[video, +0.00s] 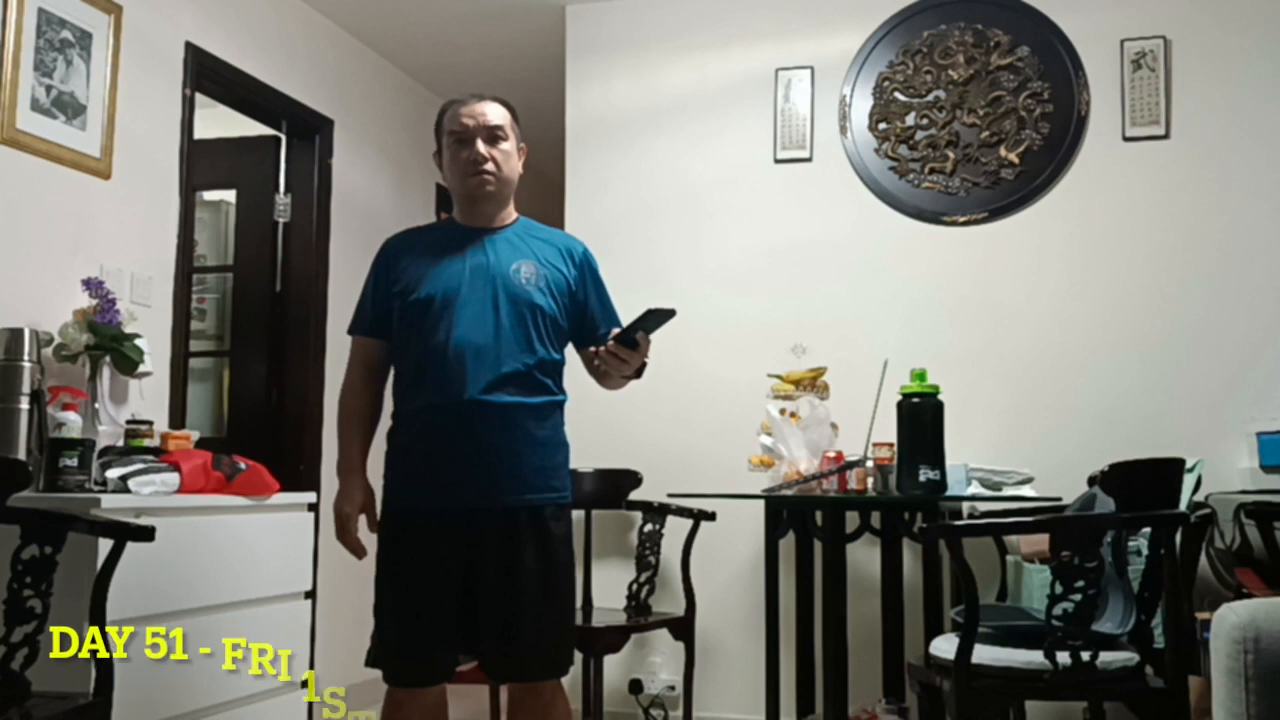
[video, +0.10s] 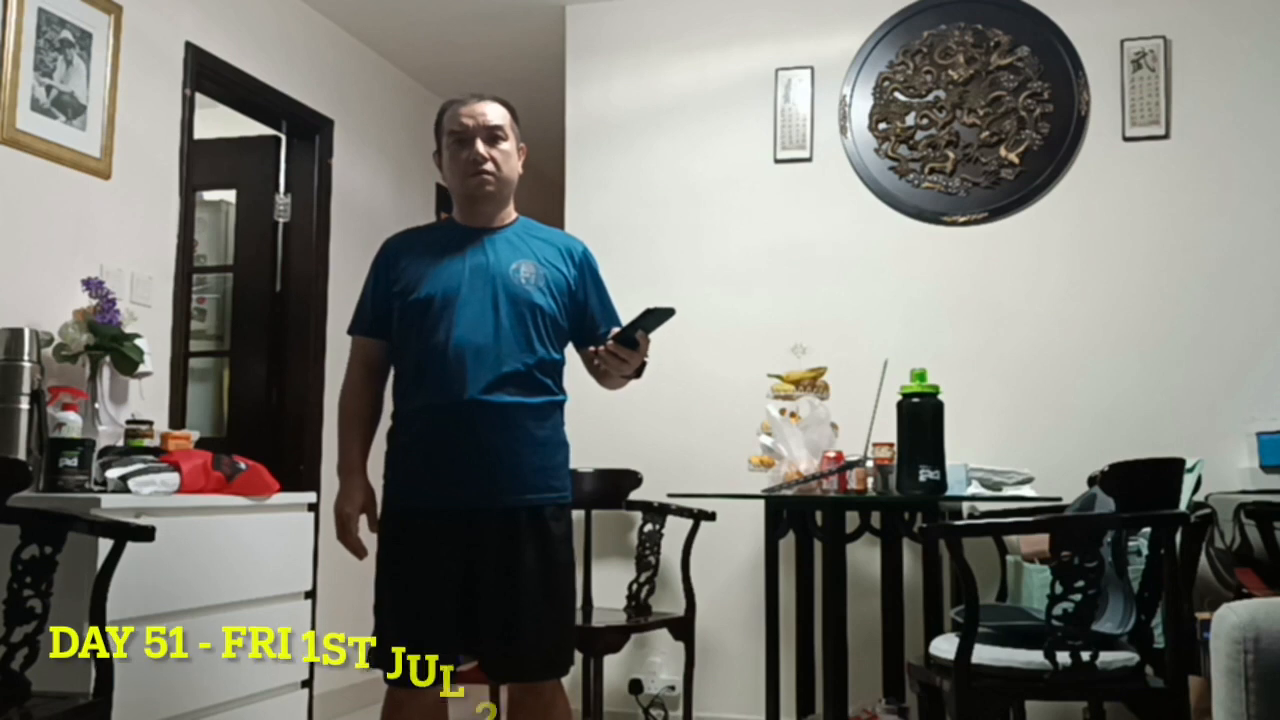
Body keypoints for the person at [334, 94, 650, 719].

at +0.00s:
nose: (478, 149)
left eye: (494, 136)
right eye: (461, 140)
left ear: (521, 158)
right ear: (440, 163)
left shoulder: (566, 253)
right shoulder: (402, 254)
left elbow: (605, 363)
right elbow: (365, 372)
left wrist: (622, 366)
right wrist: (352, 473)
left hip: (529, 496)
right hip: (423, 496)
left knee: (535, 681)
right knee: (413, 682)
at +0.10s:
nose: (478, 149)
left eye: (493, 137)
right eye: (460, 140)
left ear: (521, 158)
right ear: (440, 163)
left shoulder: (566, 253)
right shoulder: (402, 254)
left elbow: (605, 363)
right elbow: (365, 372)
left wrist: (623, 365)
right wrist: (352, 473)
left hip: (529, 496)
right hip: (422, 496)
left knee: (535, 680)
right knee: (411, 682)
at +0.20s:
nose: (478, 148)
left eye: (493, 136)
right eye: (460, 140)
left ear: (521, 158)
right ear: (440, 163)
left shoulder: (566, 253)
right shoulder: (402, 254)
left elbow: (605, 363)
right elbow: (365, 372)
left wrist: (622, 365)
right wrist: (352, 472)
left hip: (530, 496)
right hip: (423, 496)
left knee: (538, 681)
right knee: (413, 682)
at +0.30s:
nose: (478, 148)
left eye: (493, 136)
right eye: (460, 139)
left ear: (521, 158)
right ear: (440, 163)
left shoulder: (566, 253)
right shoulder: (402, 254)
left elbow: (605, 363)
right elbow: (365, 372)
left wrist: (622, 365)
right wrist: (352, 473)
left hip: (529, 497)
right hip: (422, 496)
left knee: (536, 680)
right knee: (412, 681)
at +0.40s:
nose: (477, 148)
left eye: (493, 136)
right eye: (460, 139)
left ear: (521, 158)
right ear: (440, 162)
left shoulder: (565, 253)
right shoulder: (402, 253)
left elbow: (605, 363)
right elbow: (364, 371)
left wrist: (622, 364)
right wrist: (351, 473)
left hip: (529, 496)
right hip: (422, 496)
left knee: (536, 681)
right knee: (412, 682)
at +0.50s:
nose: (477, 148)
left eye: (493, 136)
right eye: (460, 139)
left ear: (521, 158)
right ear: (439, 162)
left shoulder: (565, 252)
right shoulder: (401, 253)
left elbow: (605, 363)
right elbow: (364, 371)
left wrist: (622, 365)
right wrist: (350, 473)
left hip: (529, 497)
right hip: (421, 496)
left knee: (536, 681)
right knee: (411, 682)